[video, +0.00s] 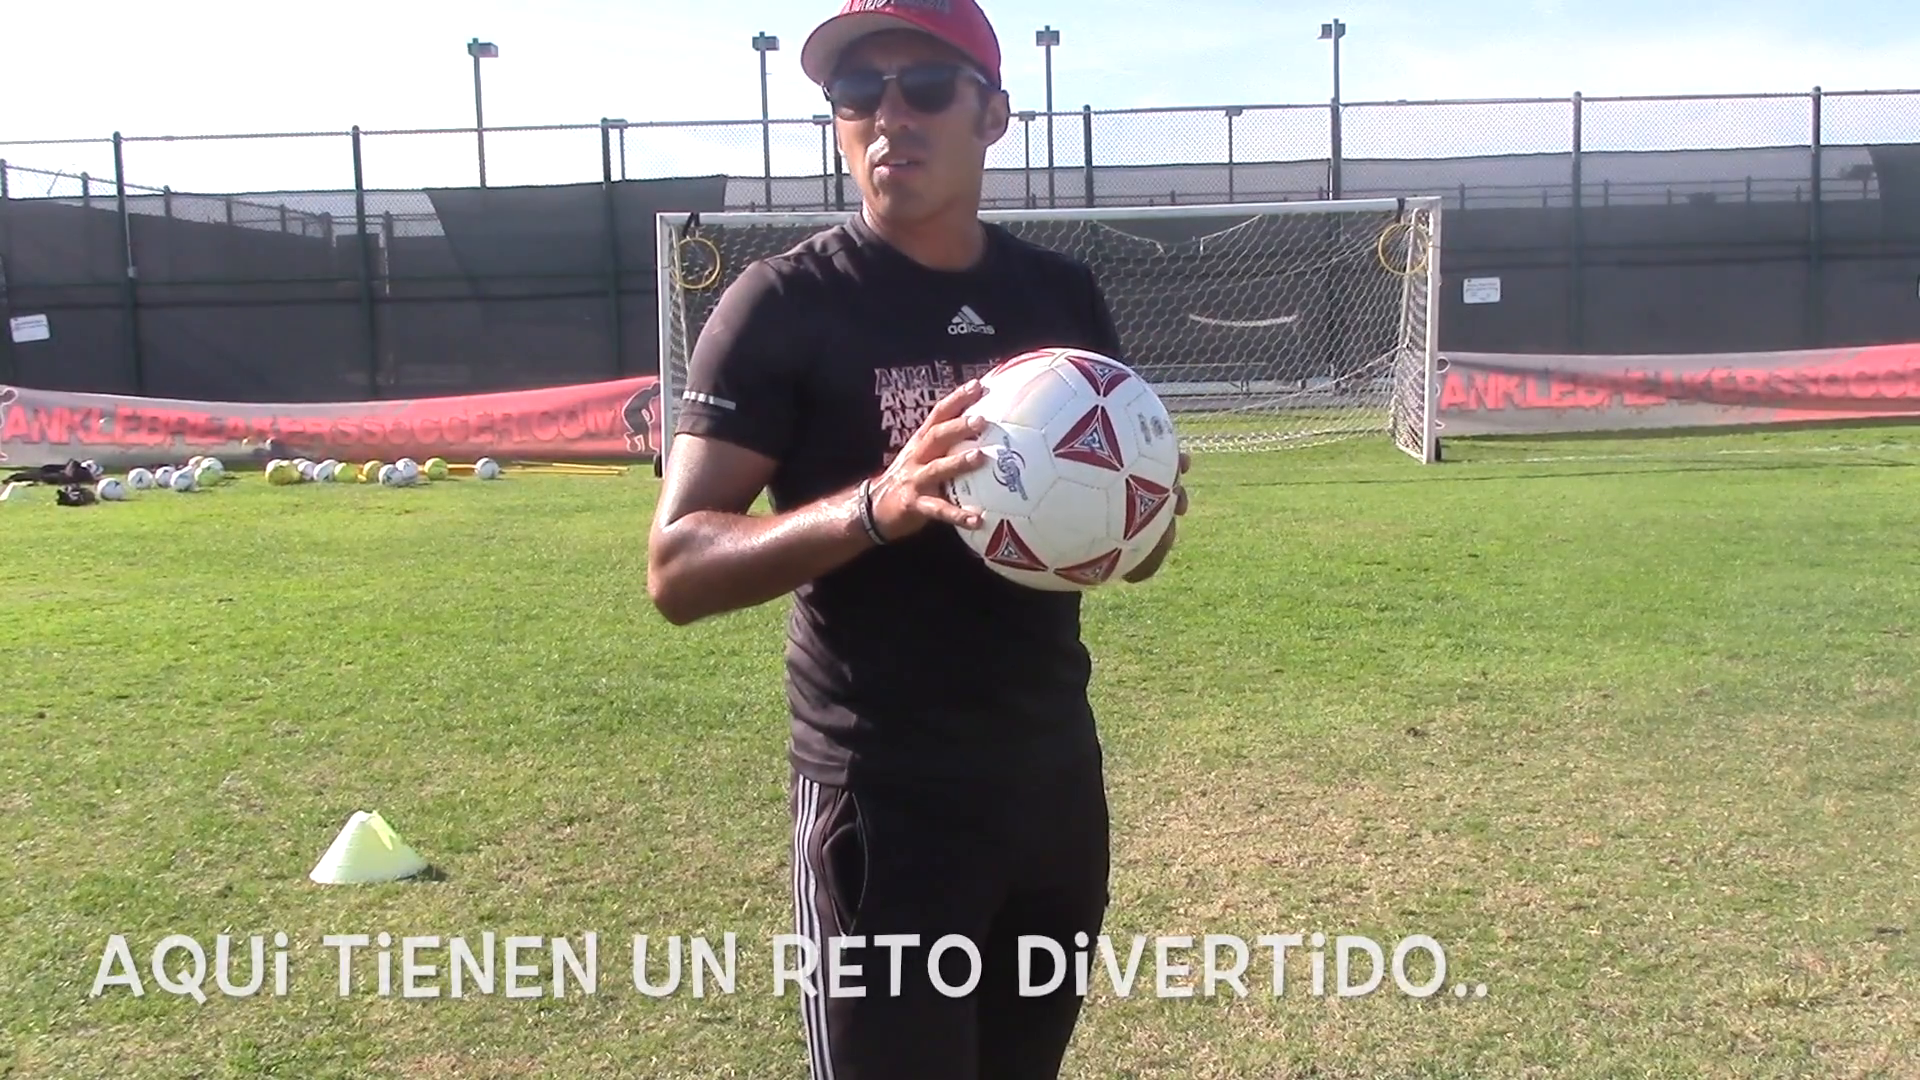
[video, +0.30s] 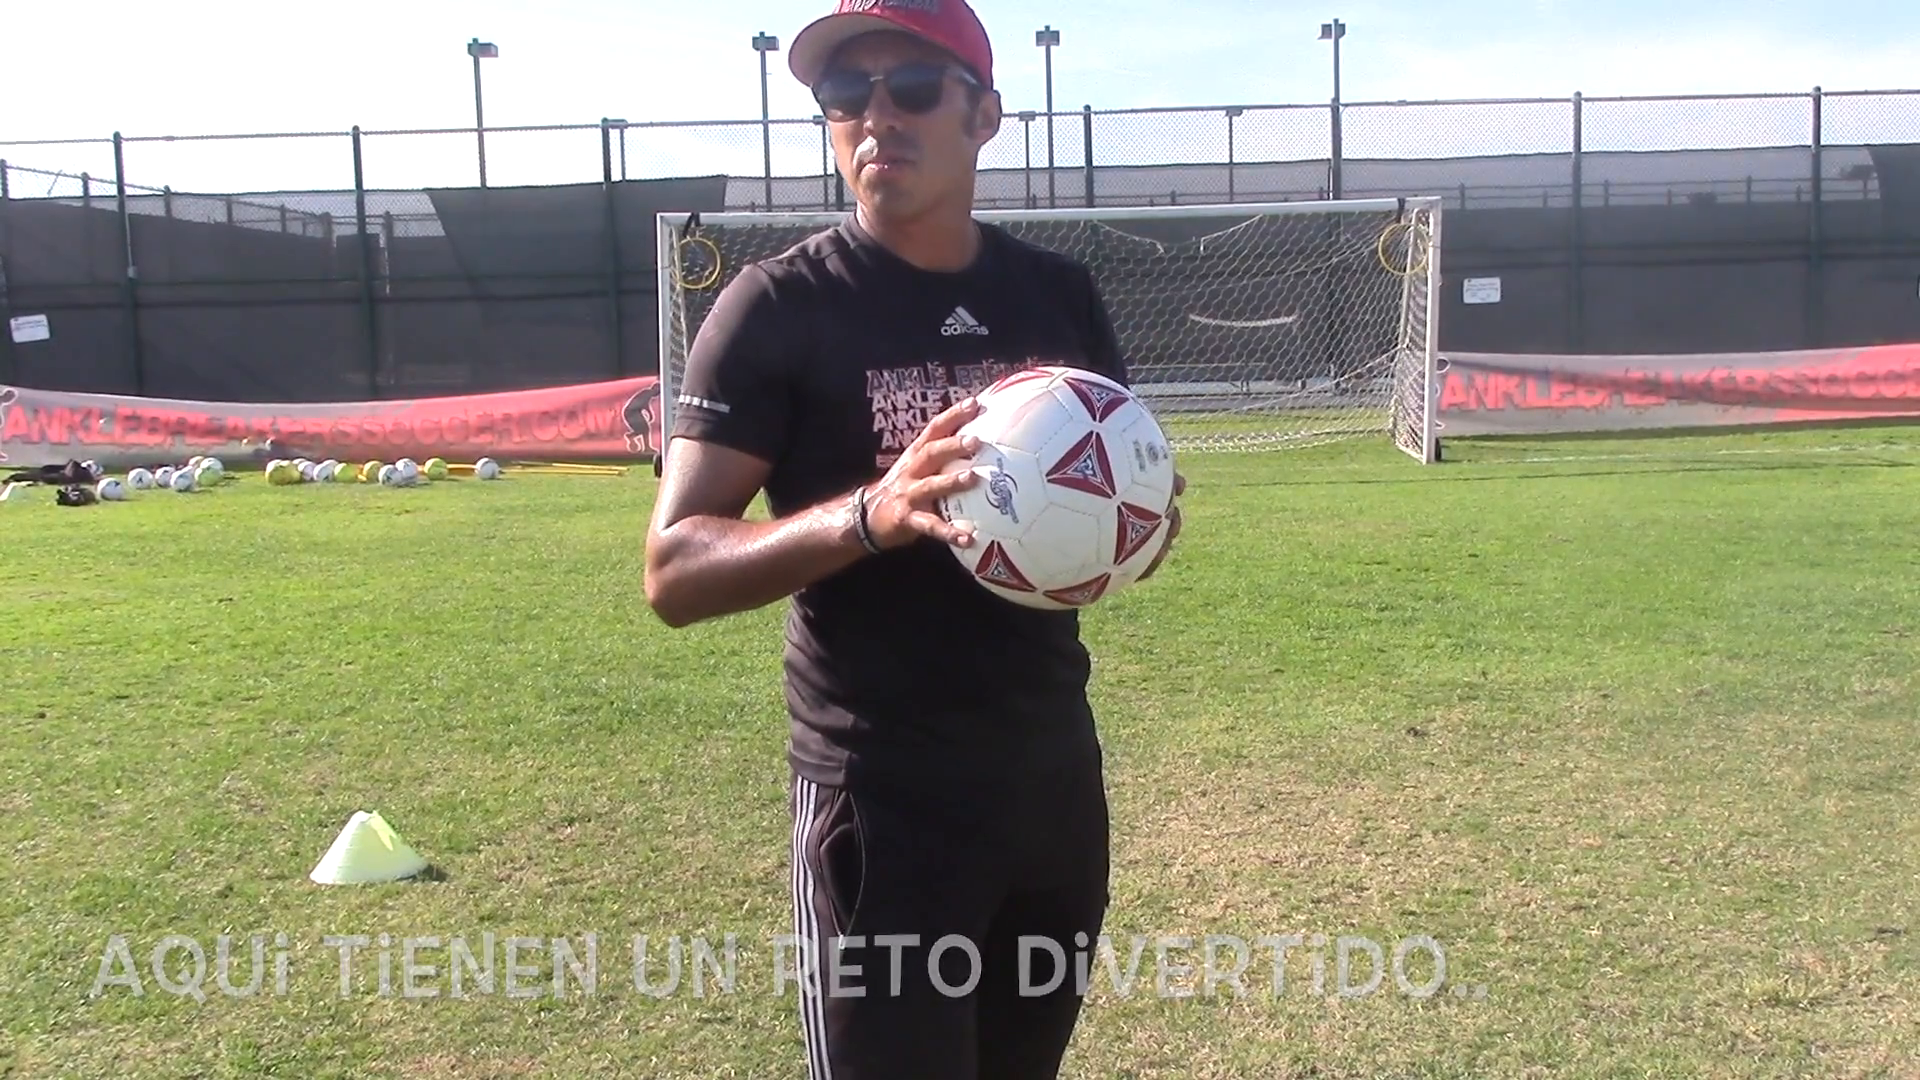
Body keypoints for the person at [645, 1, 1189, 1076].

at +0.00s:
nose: (892, 115)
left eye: (927, 88)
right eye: (863, 93)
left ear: (993, 117)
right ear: (835, 127)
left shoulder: (1061, 291)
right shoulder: (775, 307)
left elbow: (1113, 517)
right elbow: (678, 572)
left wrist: (1143, 513)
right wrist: (872, 508)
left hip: (1046, 760)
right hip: (875, 776)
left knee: (1024, 1060)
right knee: (887, 1060)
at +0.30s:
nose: (878, 116)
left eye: (914, 89)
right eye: (851, 95)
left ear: (982, 117)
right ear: (827, 126)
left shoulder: (1058, 293)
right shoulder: (771, 307)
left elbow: (1105, 489)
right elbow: (675, 574)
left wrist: (1139, 509)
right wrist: (867, 516)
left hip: (1047, 762)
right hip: (875, 781)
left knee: (1021, 1061)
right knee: (887, 1062)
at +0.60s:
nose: (889, 125)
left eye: (924, 94)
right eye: (857, 100)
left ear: (981, 119)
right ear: (827, 131)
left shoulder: (1053, 296)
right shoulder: (767, 311)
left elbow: (1095, 491)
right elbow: (673, 576)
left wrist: (1135, 517)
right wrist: (874, 518)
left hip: (1046, 765)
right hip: (873, 783)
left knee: (1018, 1063)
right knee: (887, 1059)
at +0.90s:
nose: (892, 127)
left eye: (924, 97)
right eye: (858, 101)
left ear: (976, 119)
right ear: (822, 131)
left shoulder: (1050, 297)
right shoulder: (764, 312)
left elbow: (1092, 495)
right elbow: (673, 580)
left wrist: (1138, 533)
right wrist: (877, 519)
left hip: (1045, 768)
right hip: (872, 785)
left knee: (1017, 1064)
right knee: (884, 1060)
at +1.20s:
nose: (895, 132)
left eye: (927, 101)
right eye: (861, 106)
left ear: (975, 119)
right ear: (823, 135)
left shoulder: (1047, 295)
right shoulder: (765, 307)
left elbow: (1075, 525)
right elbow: (679, 576)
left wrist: (1156, 550)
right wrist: (909, 531)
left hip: (1040, 756)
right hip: (865, 770)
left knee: (1015, 1061)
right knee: (879, 1061)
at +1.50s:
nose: (906, 130)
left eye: (937, 100)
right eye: (870, 102)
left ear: (983, 122)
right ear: (828, 129)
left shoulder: (1039, 296)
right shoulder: (767, 305)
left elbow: (1075, 524)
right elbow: (687, 585)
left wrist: (1156, 552)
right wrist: (862, 510)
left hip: (1040, 769)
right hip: (866, 784)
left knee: (1011, 1062)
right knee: (886, 1063)